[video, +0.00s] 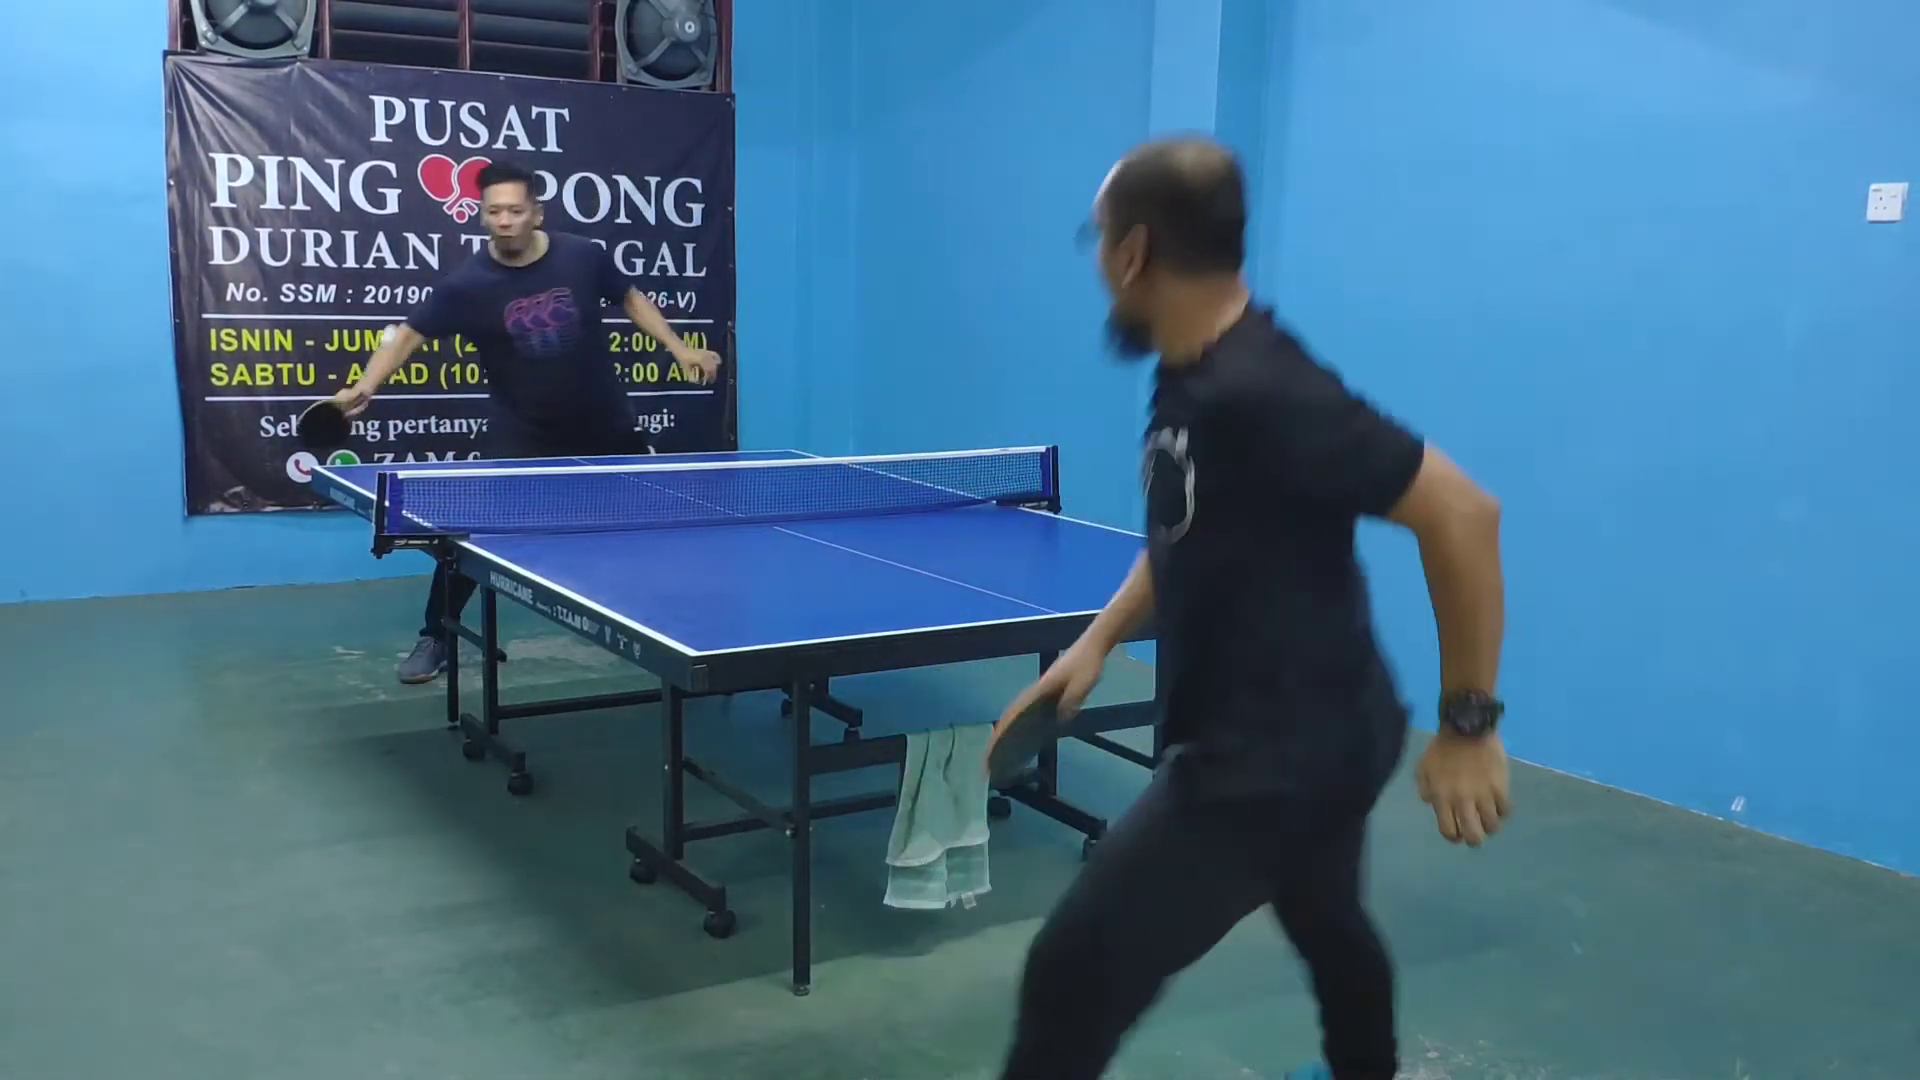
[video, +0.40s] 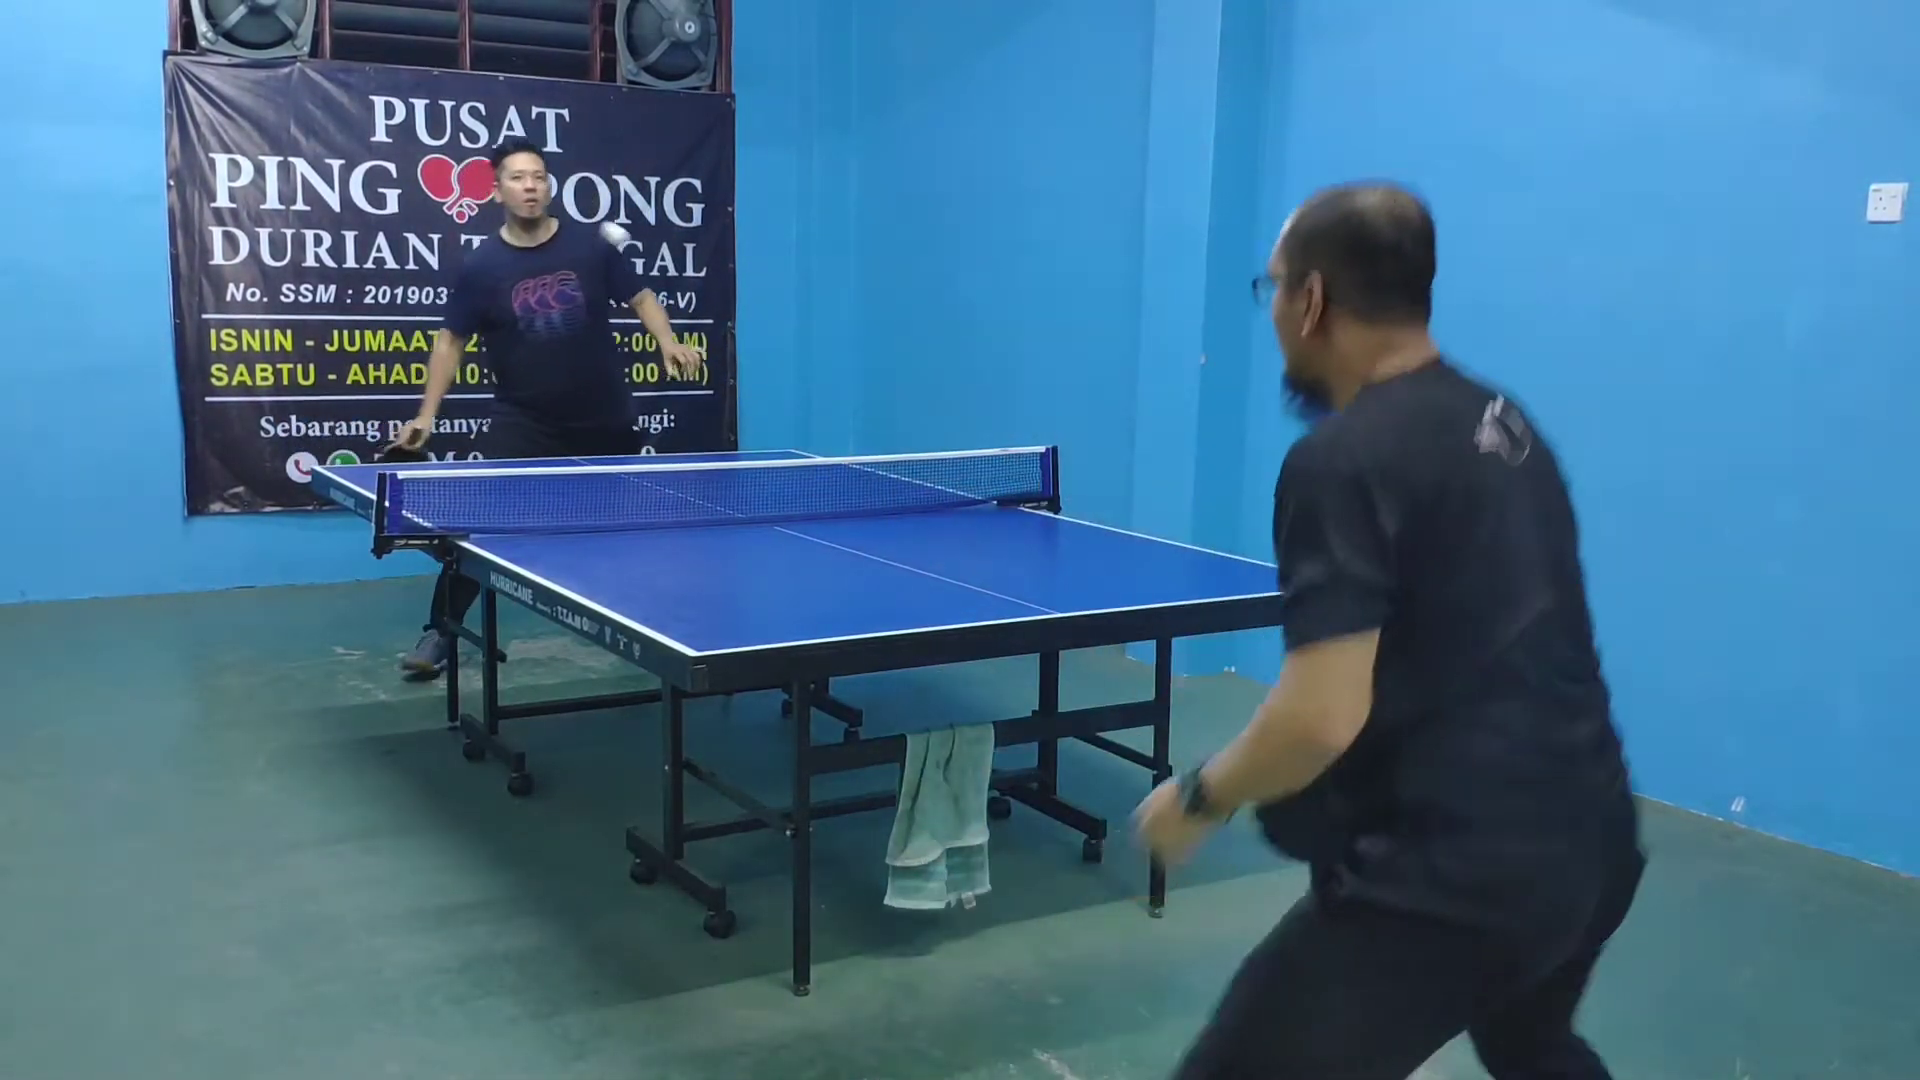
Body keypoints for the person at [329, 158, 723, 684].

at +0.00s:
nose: (505, 221)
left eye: (515, 210)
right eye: (495, 211)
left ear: (536, 210)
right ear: (483, 216)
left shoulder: (582, 257)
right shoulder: (467, 284)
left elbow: (630, 298)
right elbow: (408, 334)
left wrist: (681, 349)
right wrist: (365, 386)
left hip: (605, 427)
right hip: (521, 434)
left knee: (663, 522)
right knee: (471, 524)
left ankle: (695, 639)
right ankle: (436, 636)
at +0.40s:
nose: (530, 187)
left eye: (537, 177)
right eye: (517, 178)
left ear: (550, 185)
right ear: (498, 189)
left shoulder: (590, 245)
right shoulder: (480, 265)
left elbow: (639, 297)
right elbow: (449, 341)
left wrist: (668, 342)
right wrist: (426, 415)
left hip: (604, 417)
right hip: (525, 422)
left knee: (652, 518)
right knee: (483, 517)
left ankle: (684, 639)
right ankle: (440, 634)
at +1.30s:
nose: (593, 175)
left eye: (602, 165)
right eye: (582, 166)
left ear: (615, 172)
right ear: (565, 174)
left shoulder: (653, 237)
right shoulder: (543, 244)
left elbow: (683, 314)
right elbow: (509, 315)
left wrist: (712, 388)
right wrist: (497, 384)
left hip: (646, 408)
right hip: (569, 409)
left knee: (662, 517)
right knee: (530, 513)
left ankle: (675, 630)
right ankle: (497, 626)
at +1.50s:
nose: (609, 179)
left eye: (618, 170)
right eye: (597, 169)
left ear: (627, 179)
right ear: (576, 178)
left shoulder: (658, 240)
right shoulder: (555, 243)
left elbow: (687, 313)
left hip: (643, 397)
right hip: (575, 396)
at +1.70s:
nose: (607, 180)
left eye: (616, 171)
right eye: (595, 170)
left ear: (627, 179)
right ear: (574, 178)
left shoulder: (662, 242)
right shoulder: (544, 245)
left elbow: (687, 310)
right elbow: (515, 316)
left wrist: (653, 360)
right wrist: (539, 369)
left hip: (642, 394)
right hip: (570, 393)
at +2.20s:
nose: (640, 201)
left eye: (649, 191)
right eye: (630, 191)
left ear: (658, 195)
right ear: (606, 192)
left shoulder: (680, 254)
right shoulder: (573, 252)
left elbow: (705, 319)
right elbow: (535, 321)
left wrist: (703, 352)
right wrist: (566, 357)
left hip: (658, 418)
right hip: (581, 416)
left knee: (680, 523)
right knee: (537, 517)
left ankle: (677, 628)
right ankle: (501, 627)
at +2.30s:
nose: (658, 217)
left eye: (666, 207)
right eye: (648, 205)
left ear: (673, 208)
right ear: (621, 201)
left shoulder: (682, 262)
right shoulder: (588, 261)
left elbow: (702, 325)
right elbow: (575, 346)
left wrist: (727, 356)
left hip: (654, 424)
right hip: (585, 423)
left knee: (667, 526)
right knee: (541, 520)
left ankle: (671, 628)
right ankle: (501, 627)